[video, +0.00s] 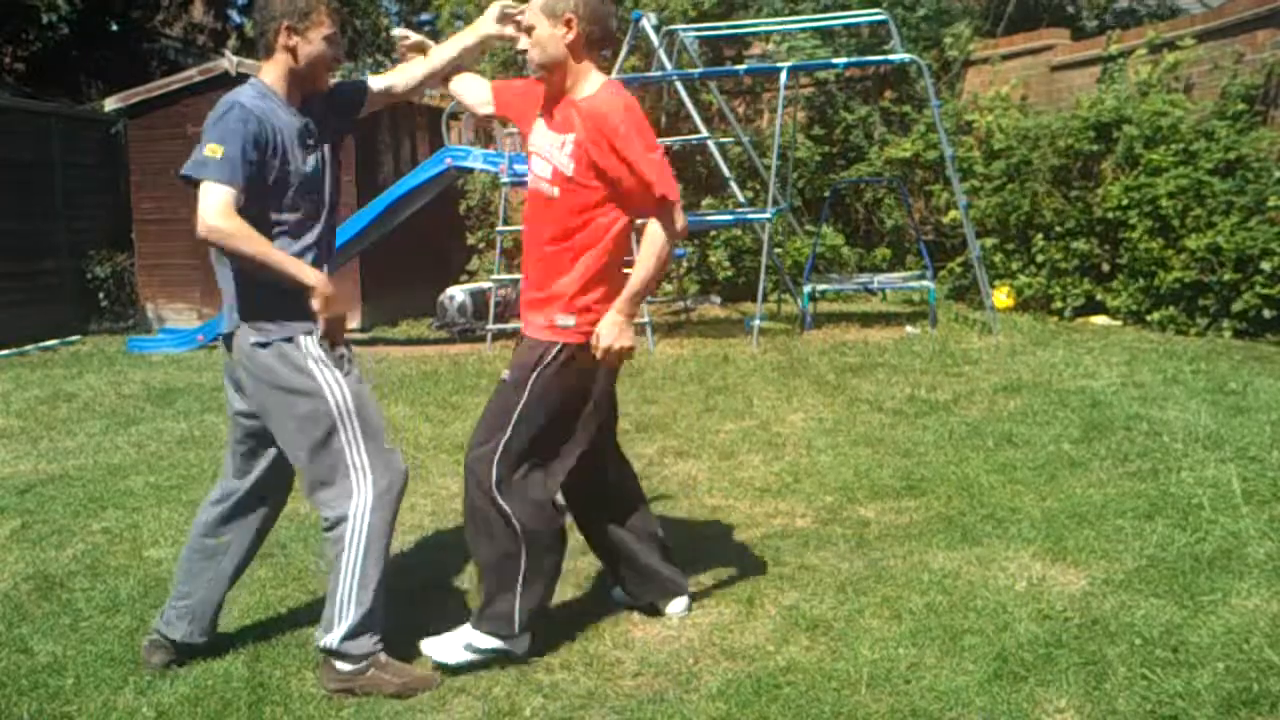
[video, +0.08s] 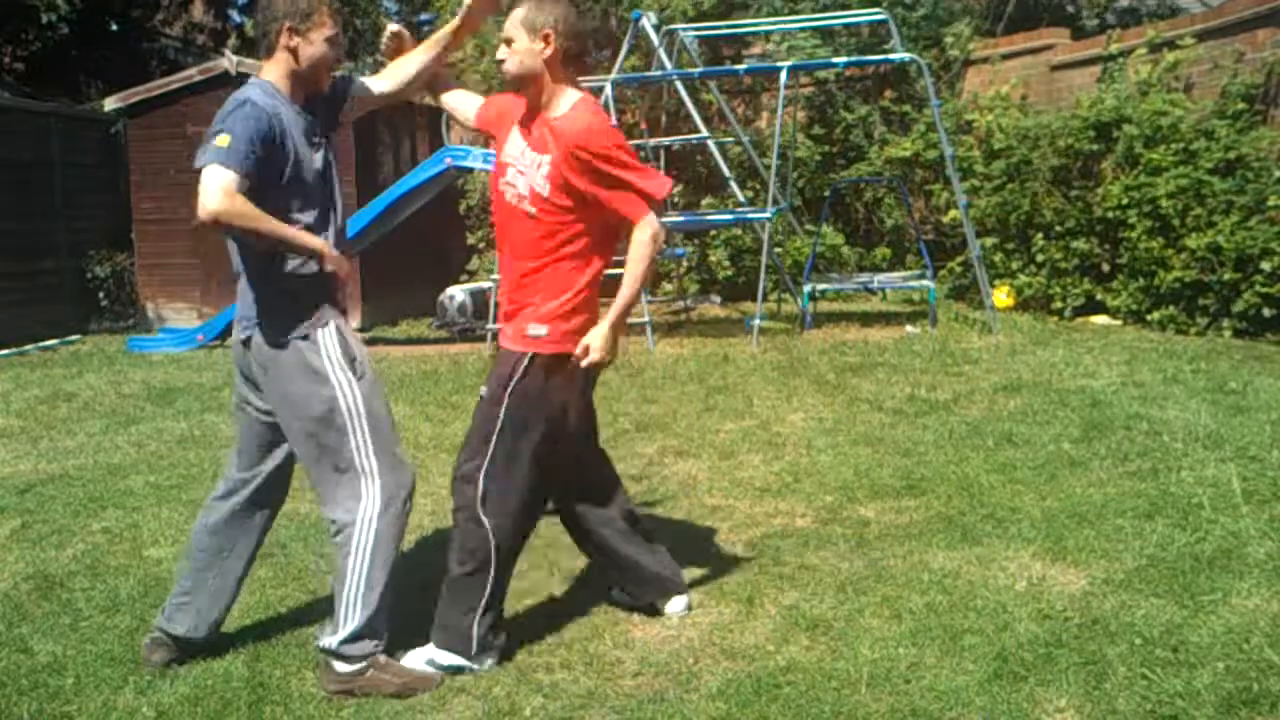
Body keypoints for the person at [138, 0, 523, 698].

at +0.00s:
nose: (341, 54)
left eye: (341, 41)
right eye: (332, 40)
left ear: (305, 42)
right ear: (288, 37)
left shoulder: (317, 105)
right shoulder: (242, 113)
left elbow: (403, 81)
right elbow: (214, 219)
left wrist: (485, 29)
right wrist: (312, 276)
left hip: (275, 334)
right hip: (282, 337)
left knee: (247, 488)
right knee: (370, 475)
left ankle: (175, 634)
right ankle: (350, 654)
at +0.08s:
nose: (342, 52)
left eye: (342, 40)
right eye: (334, 39)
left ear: (301, 39)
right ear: (292, 38)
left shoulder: (314, 95)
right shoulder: (255, 110)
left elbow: (394, 83)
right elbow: (217, 201)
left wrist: (461, 24)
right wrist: (319, 245)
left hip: (274, 329)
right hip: (303, 330)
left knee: (248, 483)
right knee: (378, 480)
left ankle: (177, 631)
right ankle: (353, 655)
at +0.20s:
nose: (340, 52)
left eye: (340, 39)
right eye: (334, 37)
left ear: (291, 33)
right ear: (295, 31)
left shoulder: (248, 97)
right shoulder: (276, 93)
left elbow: (372, 134)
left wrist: (444, 101)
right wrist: (362, 143)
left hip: (267, 319)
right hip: (319, 319)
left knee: (256, 475)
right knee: (379, 474)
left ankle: (191, 619)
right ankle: (358, 653)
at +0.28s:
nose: (341, 42)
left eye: (340, 30)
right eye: (334, 28)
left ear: (286, 27)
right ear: (296, 26)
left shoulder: (235, 101)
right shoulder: (305, 82)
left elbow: (330, 181)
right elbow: (413, 91)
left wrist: (423, 159)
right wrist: (431, 102)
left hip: (264, 310)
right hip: (319, 312)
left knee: (278, 453)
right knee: (376, 468)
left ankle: (206, 589)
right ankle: (358, 653)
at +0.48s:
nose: (344, 60)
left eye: (344, 48)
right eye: (341, 47)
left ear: (286, 35)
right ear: (310, 35)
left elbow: (223, 203)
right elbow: (418, 120)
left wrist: (330, 194)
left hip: (248, 315)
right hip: (315, 308)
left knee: (261, 455)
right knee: (358, 468)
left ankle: (237, 587)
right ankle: (358, 648)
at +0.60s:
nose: (336, 72)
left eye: (339, 62)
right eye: (333, 59)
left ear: (285, 43)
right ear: (302, 42)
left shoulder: (217, 120)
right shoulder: (298, 84)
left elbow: (223, 221)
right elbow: (378, 160)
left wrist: (329, 220)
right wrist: (415, 170)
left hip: (237, 309)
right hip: (292, 302)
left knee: (267, 467)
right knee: (348, 467)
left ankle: (243, 599)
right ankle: (356, 650)